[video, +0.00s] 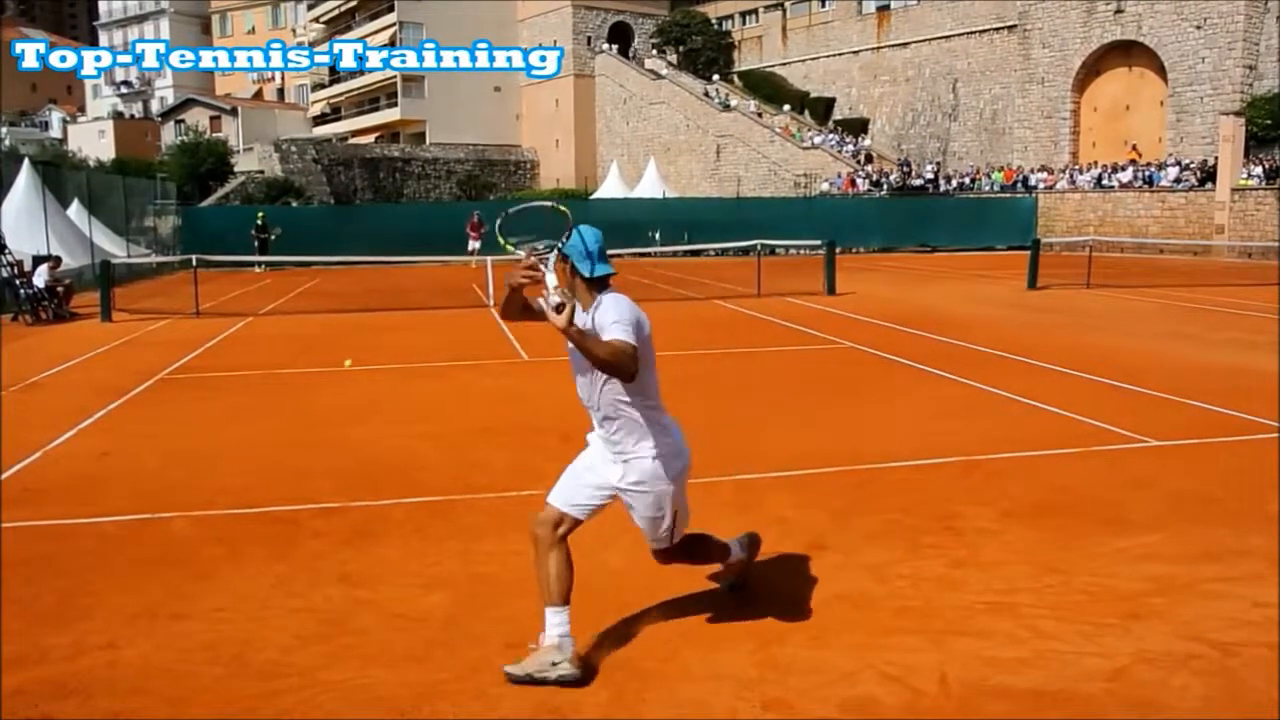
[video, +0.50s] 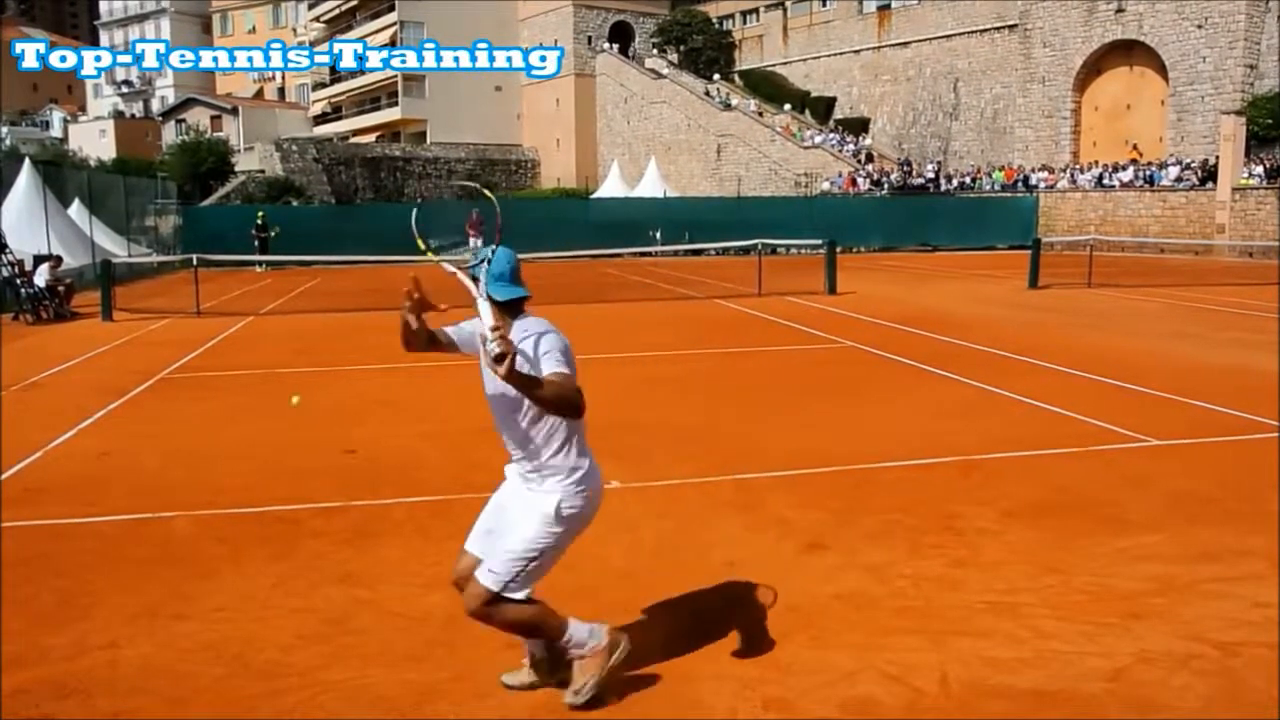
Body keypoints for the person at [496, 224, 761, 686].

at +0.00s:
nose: (555, 273)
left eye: (558, 265)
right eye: (556, 266)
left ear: (569, 270)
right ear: (588, 268)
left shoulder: (617, 309)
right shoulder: (573, 308)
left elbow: (625, 364)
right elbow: (513, 312)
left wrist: (572, 333)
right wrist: (515, 285)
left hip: (649, 454)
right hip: (606, 448)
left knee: (667, 548)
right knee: (547, 528)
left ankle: (738, 552)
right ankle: (557, 648)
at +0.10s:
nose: (538, 282)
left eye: (541, 275)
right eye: (541, 276)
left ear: (549, 277)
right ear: (573, 276)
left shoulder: (599, 316)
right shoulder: (551, 314)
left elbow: (609, 375)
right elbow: (490, 316)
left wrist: (557, 340)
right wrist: (494, 286)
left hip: (630, 461)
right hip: (586, 457)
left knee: (632, 573)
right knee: (526, 539)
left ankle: (714, 556)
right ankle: (555, 657)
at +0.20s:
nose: (522, 293)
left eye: (525, 285)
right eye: (524, 286)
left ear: (533, 285)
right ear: (557, 281)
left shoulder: (580, 324)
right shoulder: (527, 321)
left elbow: (596, 386)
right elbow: (466, 323)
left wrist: (540, 350)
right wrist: (469, 297)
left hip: (608, 472)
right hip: (563, 465)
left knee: (589, 593)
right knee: (504, 551)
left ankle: (684, 573)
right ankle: (552, 657)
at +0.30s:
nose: (522, 302)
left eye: (526, 293)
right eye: (515, 294)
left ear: (529, 291)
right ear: (504, 292)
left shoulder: (563, 333)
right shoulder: (504, 326)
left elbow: (583, 395)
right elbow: (444, 333)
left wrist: (525, 361)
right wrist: (441, 307)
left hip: (587, 480)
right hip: (542, 471)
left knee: (530, 607)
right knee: (487, 565)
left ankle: (641, 602)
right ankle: (550, 656)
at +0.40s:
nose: (518, 301)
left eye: (522, 292)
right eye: (513, 292)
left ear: (520, 291)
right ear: (505, 292)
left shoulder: (563, 333)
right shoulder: (504, 326)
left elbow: (583, 395)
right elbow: (444, 333)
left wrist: (525, 361)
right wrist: (441, 307)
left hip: (587, 481)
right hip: (542, 471)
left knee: (531, 607)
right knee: (487, 565)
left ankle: (641, 603)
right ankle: (550, 657)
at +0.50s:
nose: (491, 305)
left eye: (491, 296)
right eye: (488, 297)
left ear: (484, 293)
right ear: (511, 290)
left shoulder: (544, 339)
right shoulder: (480, 330)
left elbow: (573, 404)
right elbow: (418, 342)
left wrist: (512, 375)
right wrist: (412, 314)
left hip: (565, 486)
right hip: (523, 476)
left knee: (481, 602)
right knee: (466, 575)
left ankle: (596, 641)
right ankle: (548, 660)